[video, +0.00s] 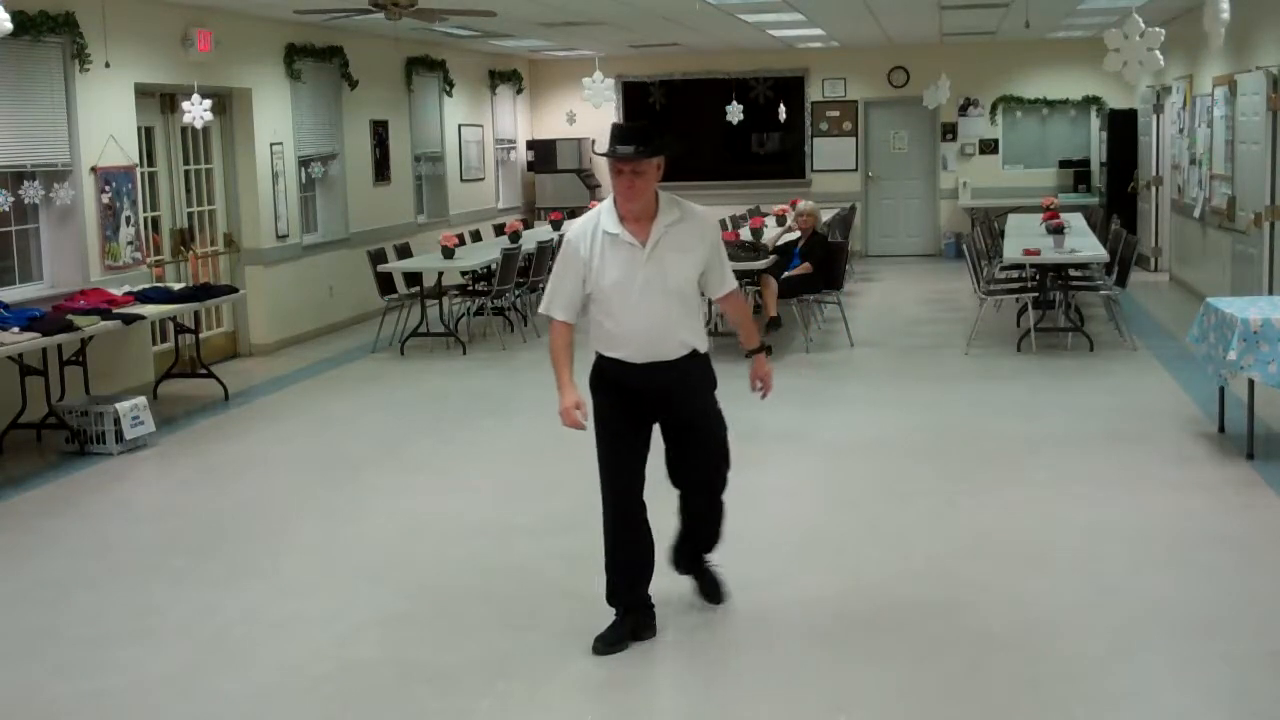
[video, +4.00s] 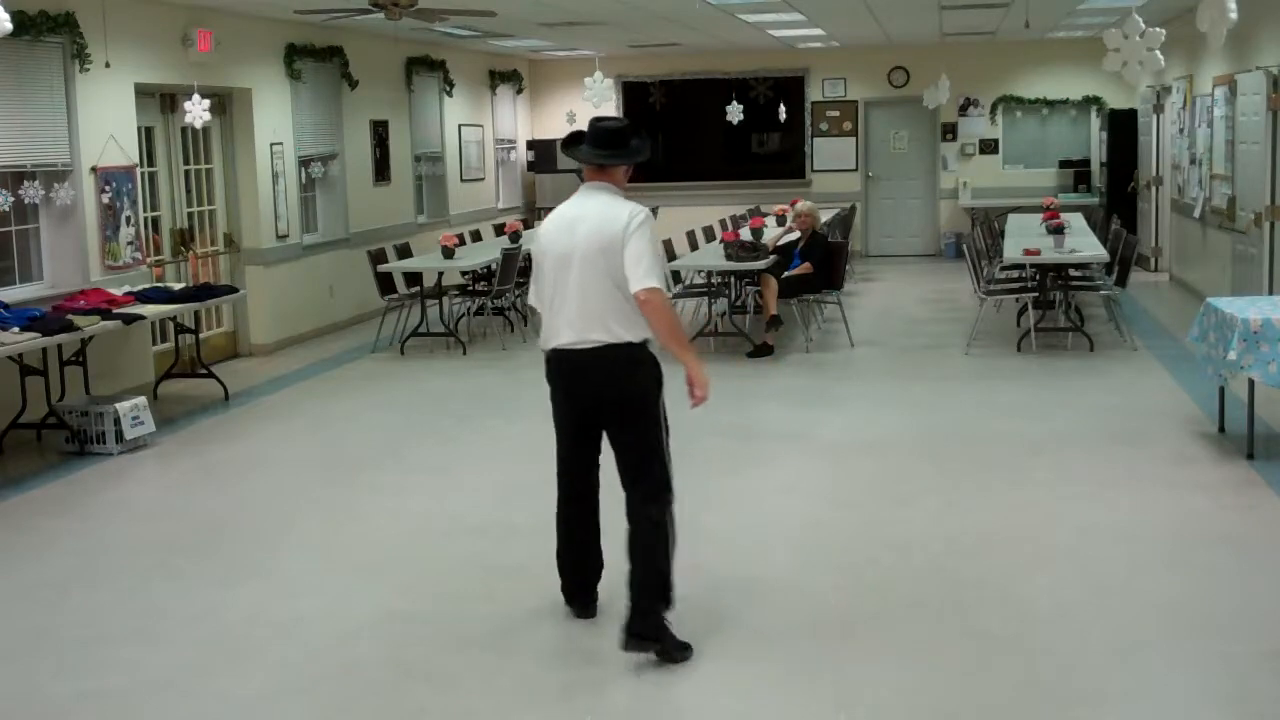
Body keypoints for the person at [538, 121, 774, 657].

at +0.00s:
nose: (625, 180)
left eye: (636, 170)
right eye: (618, 170)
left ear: (659, 169)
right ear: (607, 171)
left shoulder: (698, 225)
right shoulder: (583, 234)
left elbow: (727, 293)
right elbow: (561, 317)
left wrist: (757, 350)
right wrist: (565, 386)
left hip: (686, 374)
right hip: (618, 378)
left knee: (707, 475)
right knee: (620, 499)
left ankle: (692, 556)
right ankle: (632, 610)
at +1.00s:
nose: (637, 162)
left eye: (649, 153)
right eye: (626, 152)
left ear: (665, 164)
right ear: (606, 161)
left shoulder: (686, 240)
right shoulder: (586, 226)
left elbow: (698, 341)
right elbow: (577, 303)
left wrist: (692, 429)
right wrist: (553, 364)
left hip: (660, 400)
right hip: (595, 395)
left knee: (660, 538)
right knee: (589, 511)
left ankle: (661, 665)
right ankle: (639, 605)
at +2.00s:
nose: (639, 150)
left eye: (648, 138)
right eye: (624, 144)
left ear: (671, 149)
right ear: (609, 165)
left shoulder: (726, 230)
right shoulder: (589, 247)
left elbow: (747, 318)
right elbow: (568, 351)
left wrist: (764, 394)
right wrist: (574, 435)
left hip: (718, 425)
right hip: (636, 430)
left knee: (732, 569)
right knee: (640, 585)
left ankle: (702, 661)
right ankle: (645, 713)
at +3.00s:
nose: (650, 165)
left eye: (648, 155)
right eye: (652, 155)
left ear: (656, 154)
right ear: (708, 155)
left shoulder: (671, 226)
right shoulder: (741, 221)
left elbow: (654, 331)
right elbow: (763, 322)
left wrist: (619, 422)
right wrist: (765, 392)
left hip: (688, 406)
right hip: (743, 398)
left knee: (692, 544)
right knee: (737, 536)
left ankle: (737, 688)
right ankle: (733, 668)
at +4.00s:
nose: (633, 172)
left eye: (628, 163)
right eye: (631, 164)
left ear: (584, 166)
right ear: (623, 167)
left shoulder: (550, 224)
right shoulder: (632, 218)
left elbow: (539, 301)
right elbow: (647, 295)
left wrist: (579, 336)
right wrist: (690, 362)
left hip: (566, 369)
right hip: (626, 366)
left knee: (575, 484)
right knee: (649, 492)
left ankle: (579, 593)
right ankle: (647, 622)